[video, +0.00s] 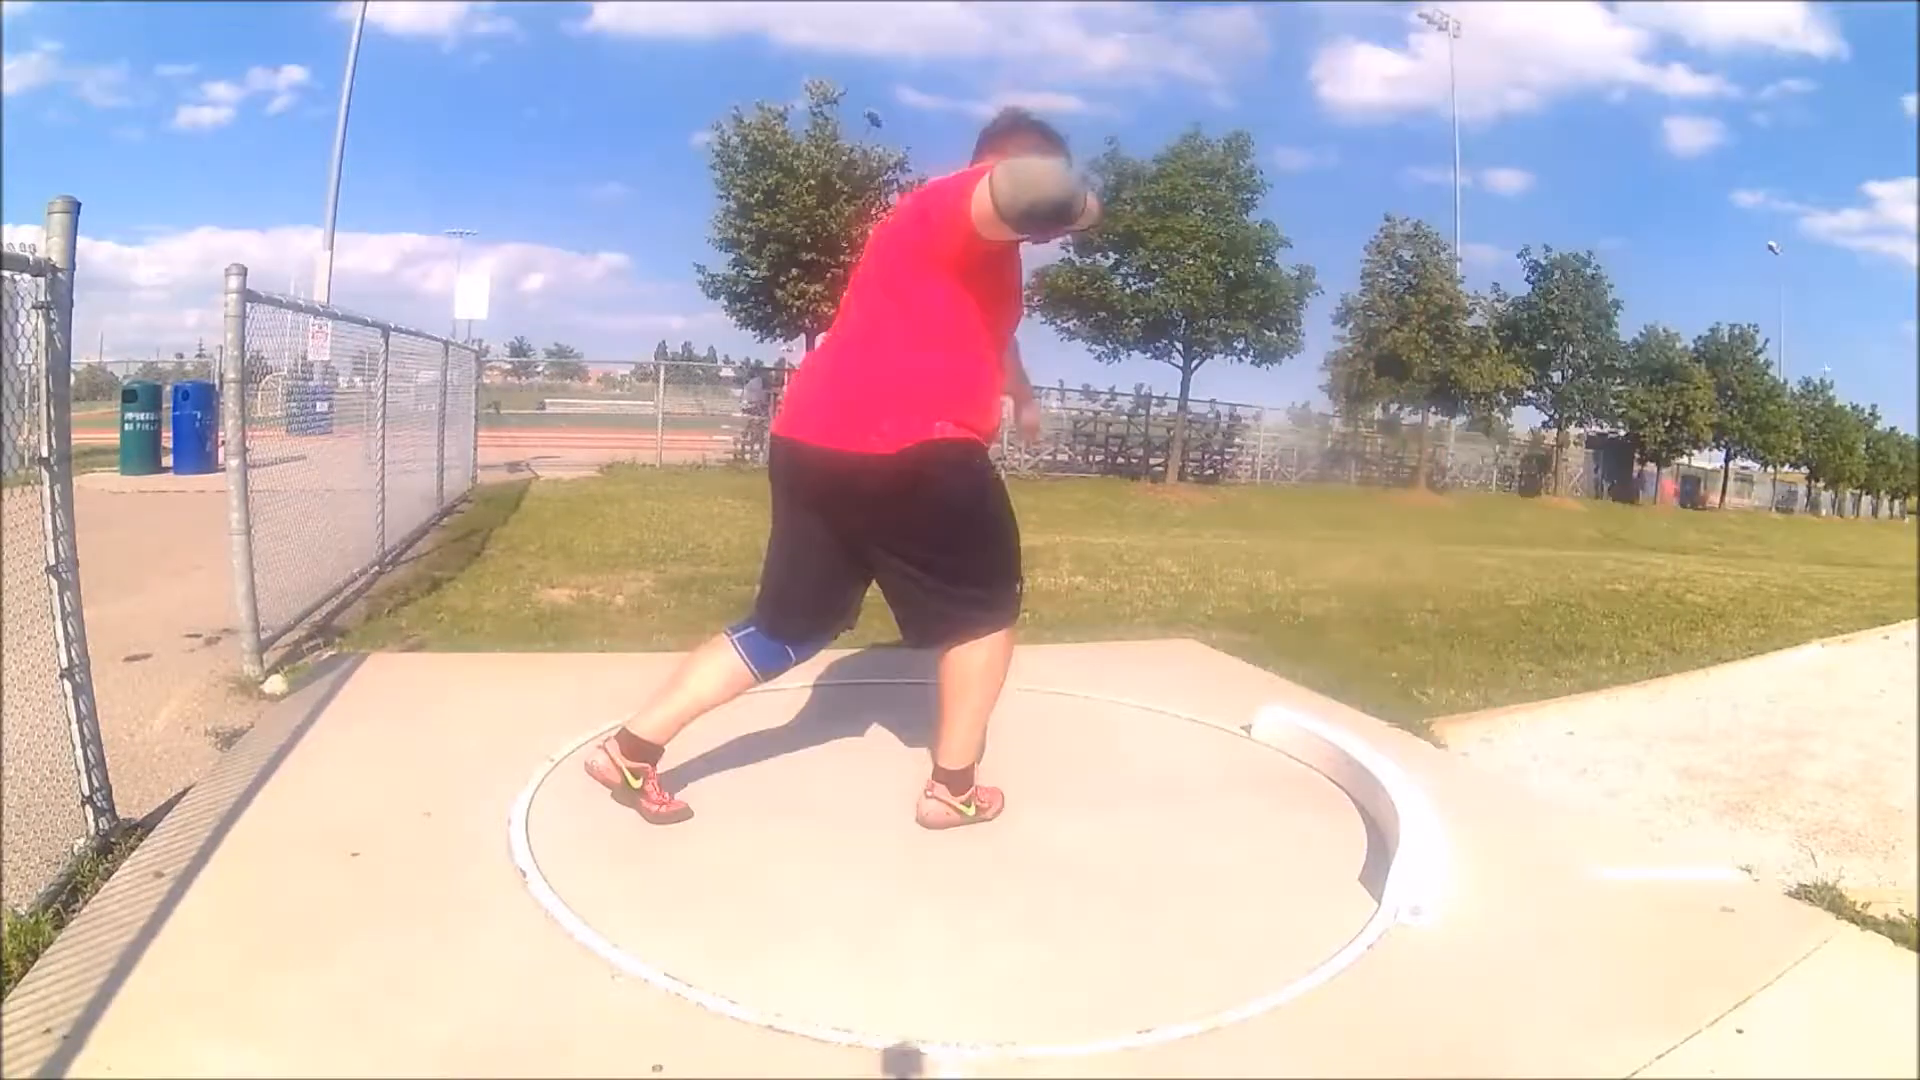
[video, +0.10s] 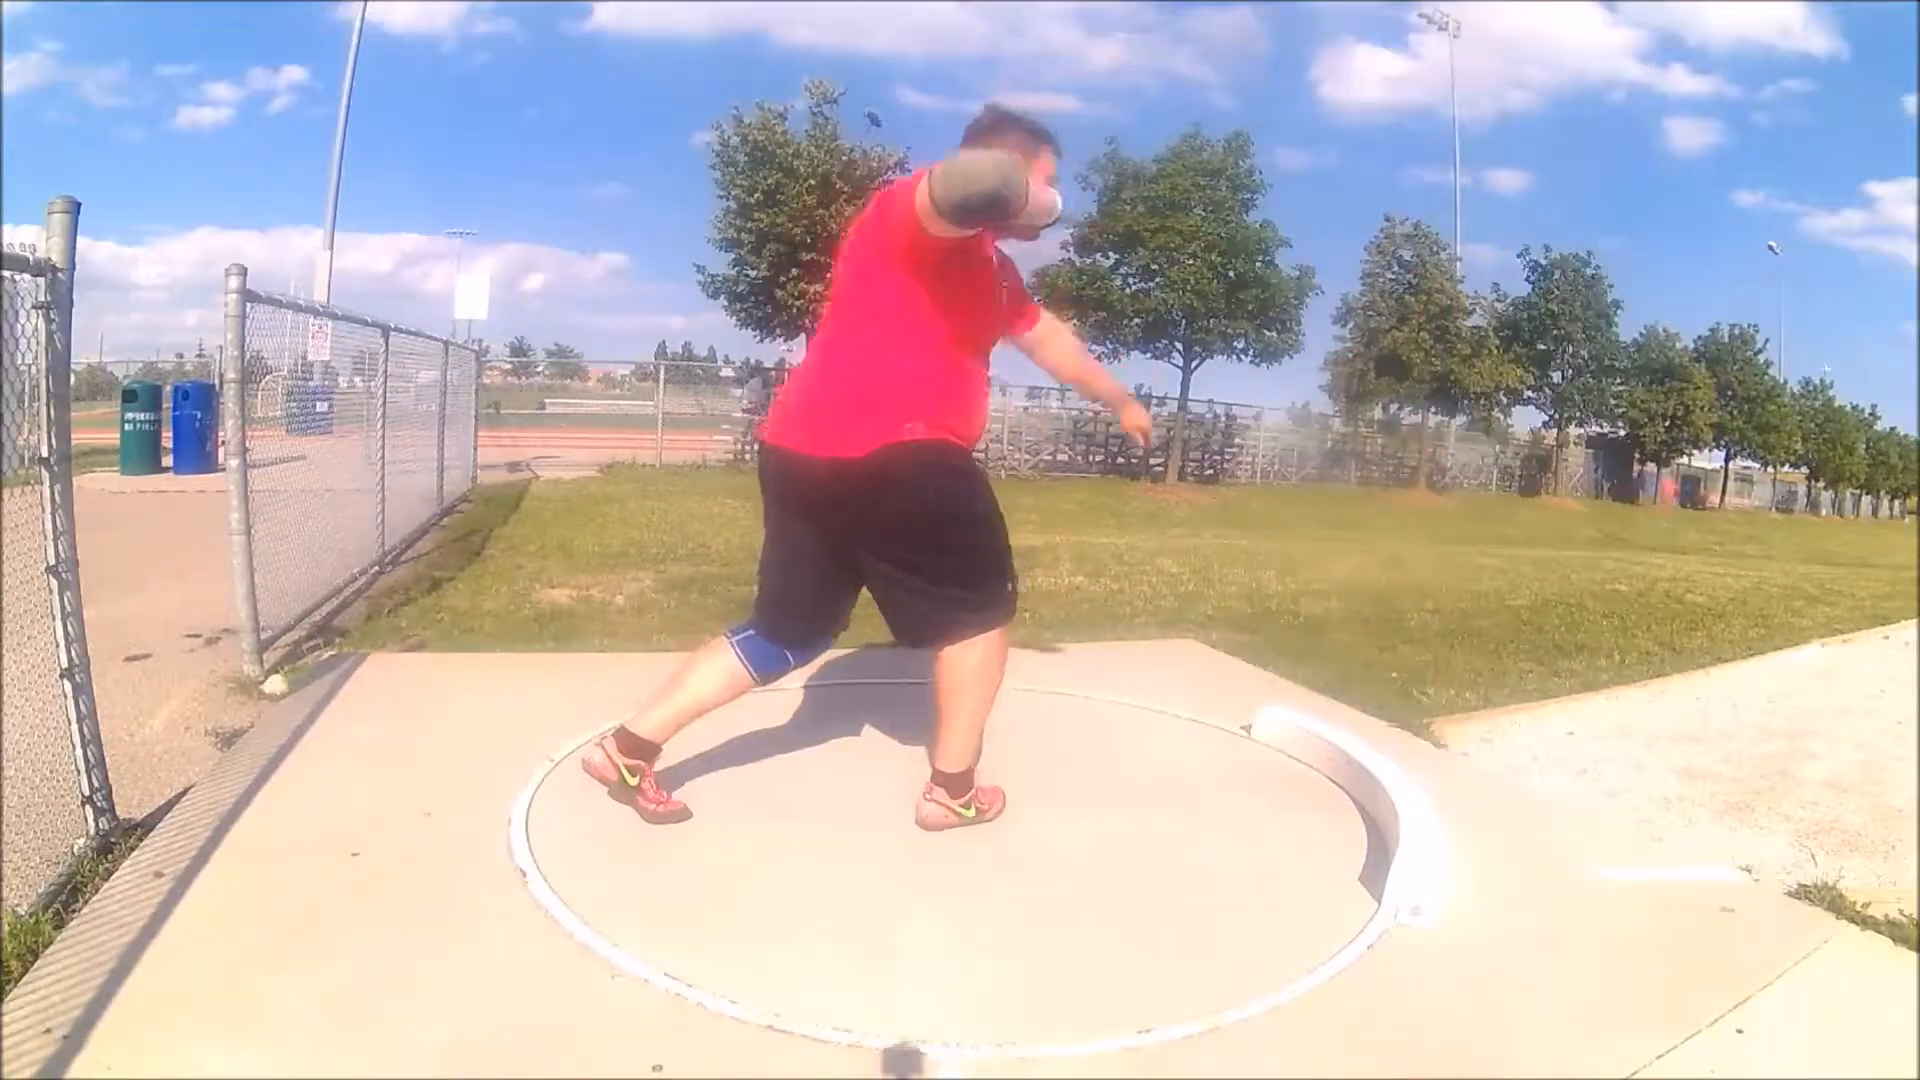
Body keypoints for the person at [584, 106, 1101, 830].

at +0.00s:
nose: (1043, 196)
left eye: (1047, 181)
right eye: (1039, 178)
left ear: (981, 157)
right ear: (1012, 161)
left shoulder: (909, 220)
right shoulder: (965, 197)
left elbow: (989, 332)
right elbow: (1034, 186)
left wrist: (1022, 395)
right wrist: (1082, 204)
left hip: (810, 440)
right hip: (921, 445)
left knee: (784, 627)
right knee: (984, 606)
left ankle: (632, 747)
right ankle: (953, 784)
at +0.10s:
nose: (1054, 200)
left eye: (1054, 184)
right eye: (1049, 182)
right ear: (1010, 170)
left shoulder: (991, 276)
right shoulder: (910, 202)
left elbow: (1051, 343)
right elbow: (969, 189)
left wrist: (1119, 398)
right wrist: (1019, 188)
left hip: (800, 446)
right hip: (909, 449)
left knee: (786, 629)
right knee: (979, 609)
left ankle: (632, 743)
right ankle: (953, 783)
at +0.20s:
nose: (1033, 192)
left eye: (1038, 179)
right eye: (1030, 176)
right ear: (990, 157)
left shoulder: (1001, 274)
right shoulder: (877, 211)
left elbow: (1093, 345)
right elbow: (908, 188)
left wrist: (1180, 404)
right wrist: (988, 191)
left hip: (790, 448)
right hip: (894, 449)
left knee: (784, 631)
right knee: (967, 607)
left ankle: (630, 741)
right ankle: (948, 786)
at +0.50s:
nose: (1023, 179)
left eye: (1026, 164)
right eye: (1017, 159)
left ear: (980, 153)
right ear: (966, 147)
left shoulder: (990, 256)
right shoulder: (853, 195)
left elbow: (1063, 331)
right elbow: (818, 157)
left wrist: (1005, 375)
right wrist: (948, 180)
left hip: (768, 432)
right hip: (848, 431)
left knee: (765, 622)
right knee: (925, 600)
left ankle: (617, 745)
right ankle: (941, 789)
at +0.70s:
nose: (1026, 188)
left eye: (1028, 173)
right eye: (1021, 170)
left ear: (982, 161)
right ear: (977, 157)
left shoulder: (984, 260)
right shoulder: (862, 193)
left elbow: (1052, 341)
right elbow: (845, 170)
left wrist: (999, 378)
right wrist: (972, 192)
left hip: (754, 426)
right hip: (845, 432)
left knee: (756, 616)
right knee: (917, 601)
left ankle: (612, 749)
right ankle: (939, 788)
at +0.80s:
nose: (1021, 209)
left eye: (1026, 193)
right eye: (1021, 189)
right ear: (985, 172)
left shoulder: (984, 277)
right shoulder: (869, 202)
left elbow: (1042, 352)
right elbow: (910, 200)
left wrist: (1071, 405)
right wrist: (988, 212)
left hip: (748, 432)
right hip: (847, 440)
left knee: (753, 619)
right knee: (928, 601)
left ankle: (612, 753)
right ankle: (940, 788)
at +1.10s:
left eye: (979, 205)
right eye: (1017, 215)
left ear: (960, 204)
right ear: (1029, 217)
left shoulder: (905, 248)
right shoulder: (1049, 258)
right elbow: (1165, 310)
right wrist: (1117, 271)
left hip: (814, 446)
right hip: (940, 476)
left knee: (738, 624)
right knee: (995, 612)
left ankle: (617, 778)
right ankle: (948, 786)